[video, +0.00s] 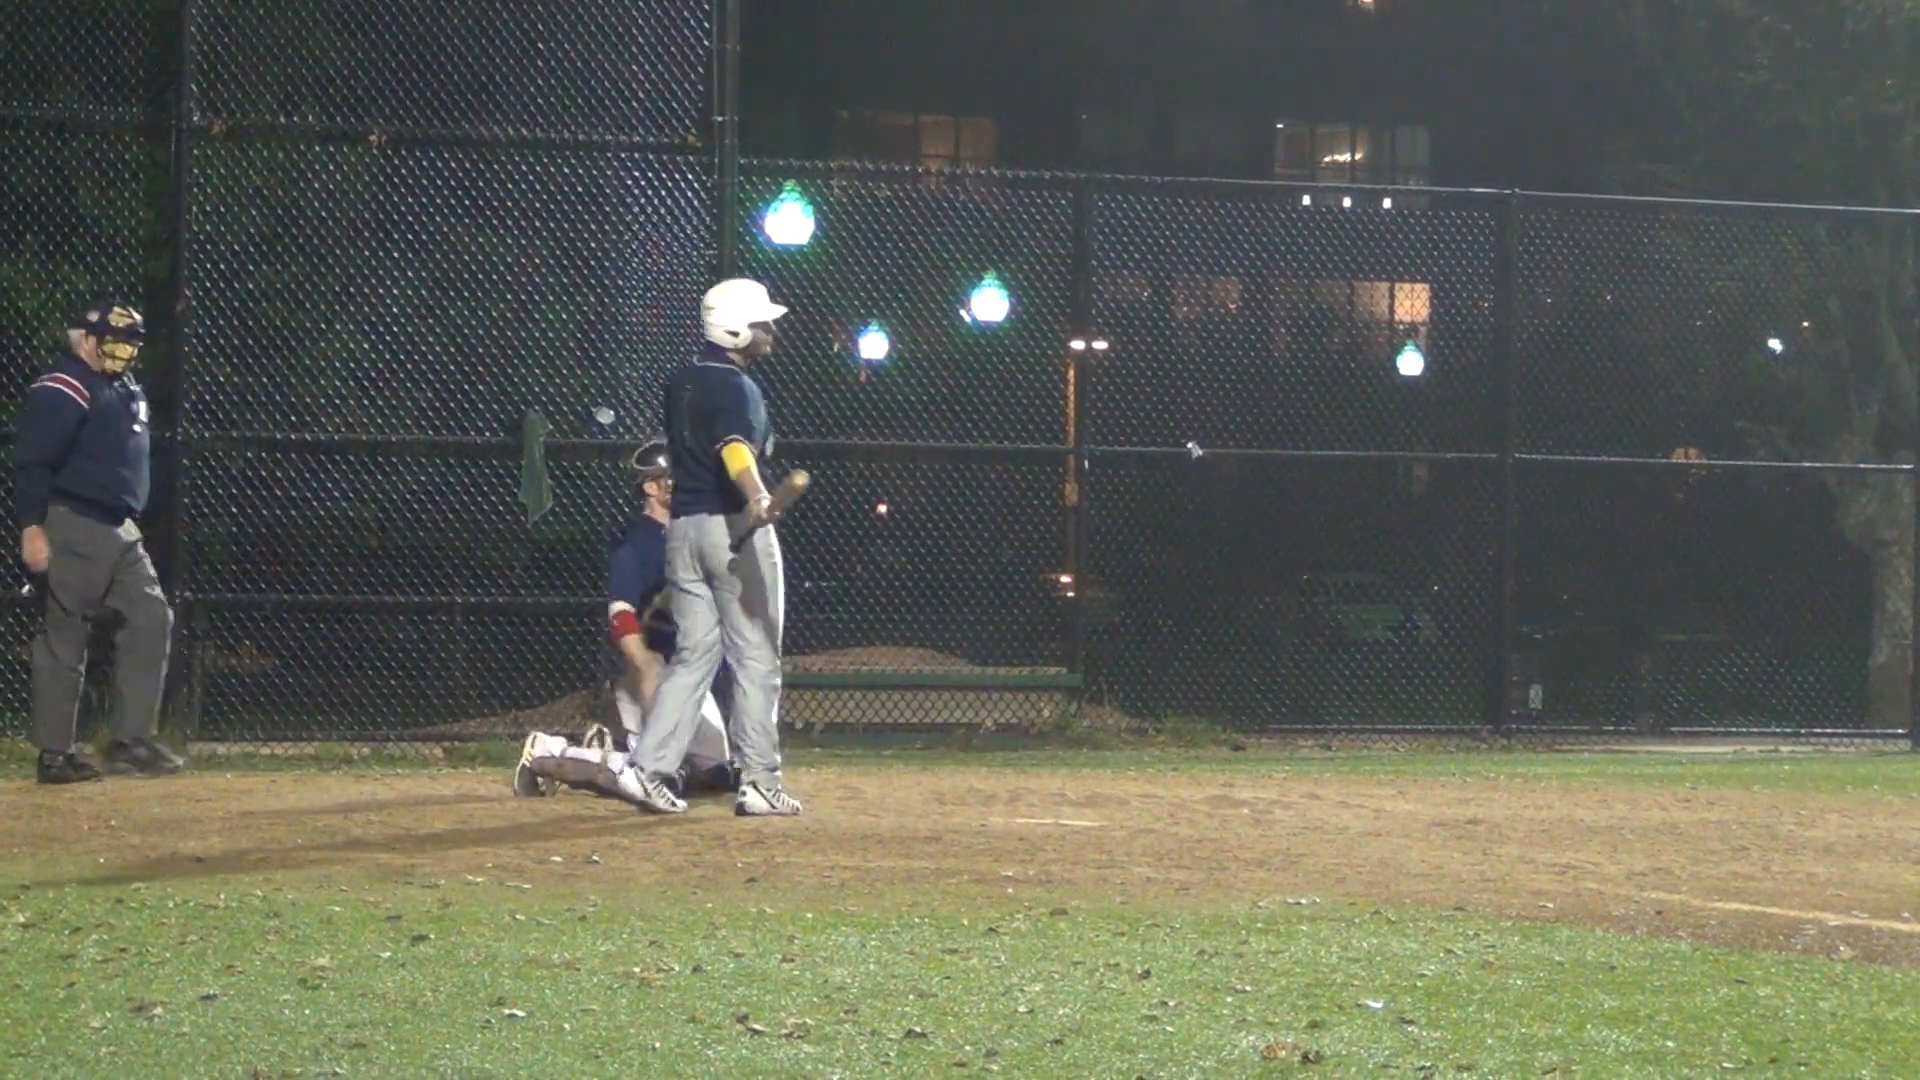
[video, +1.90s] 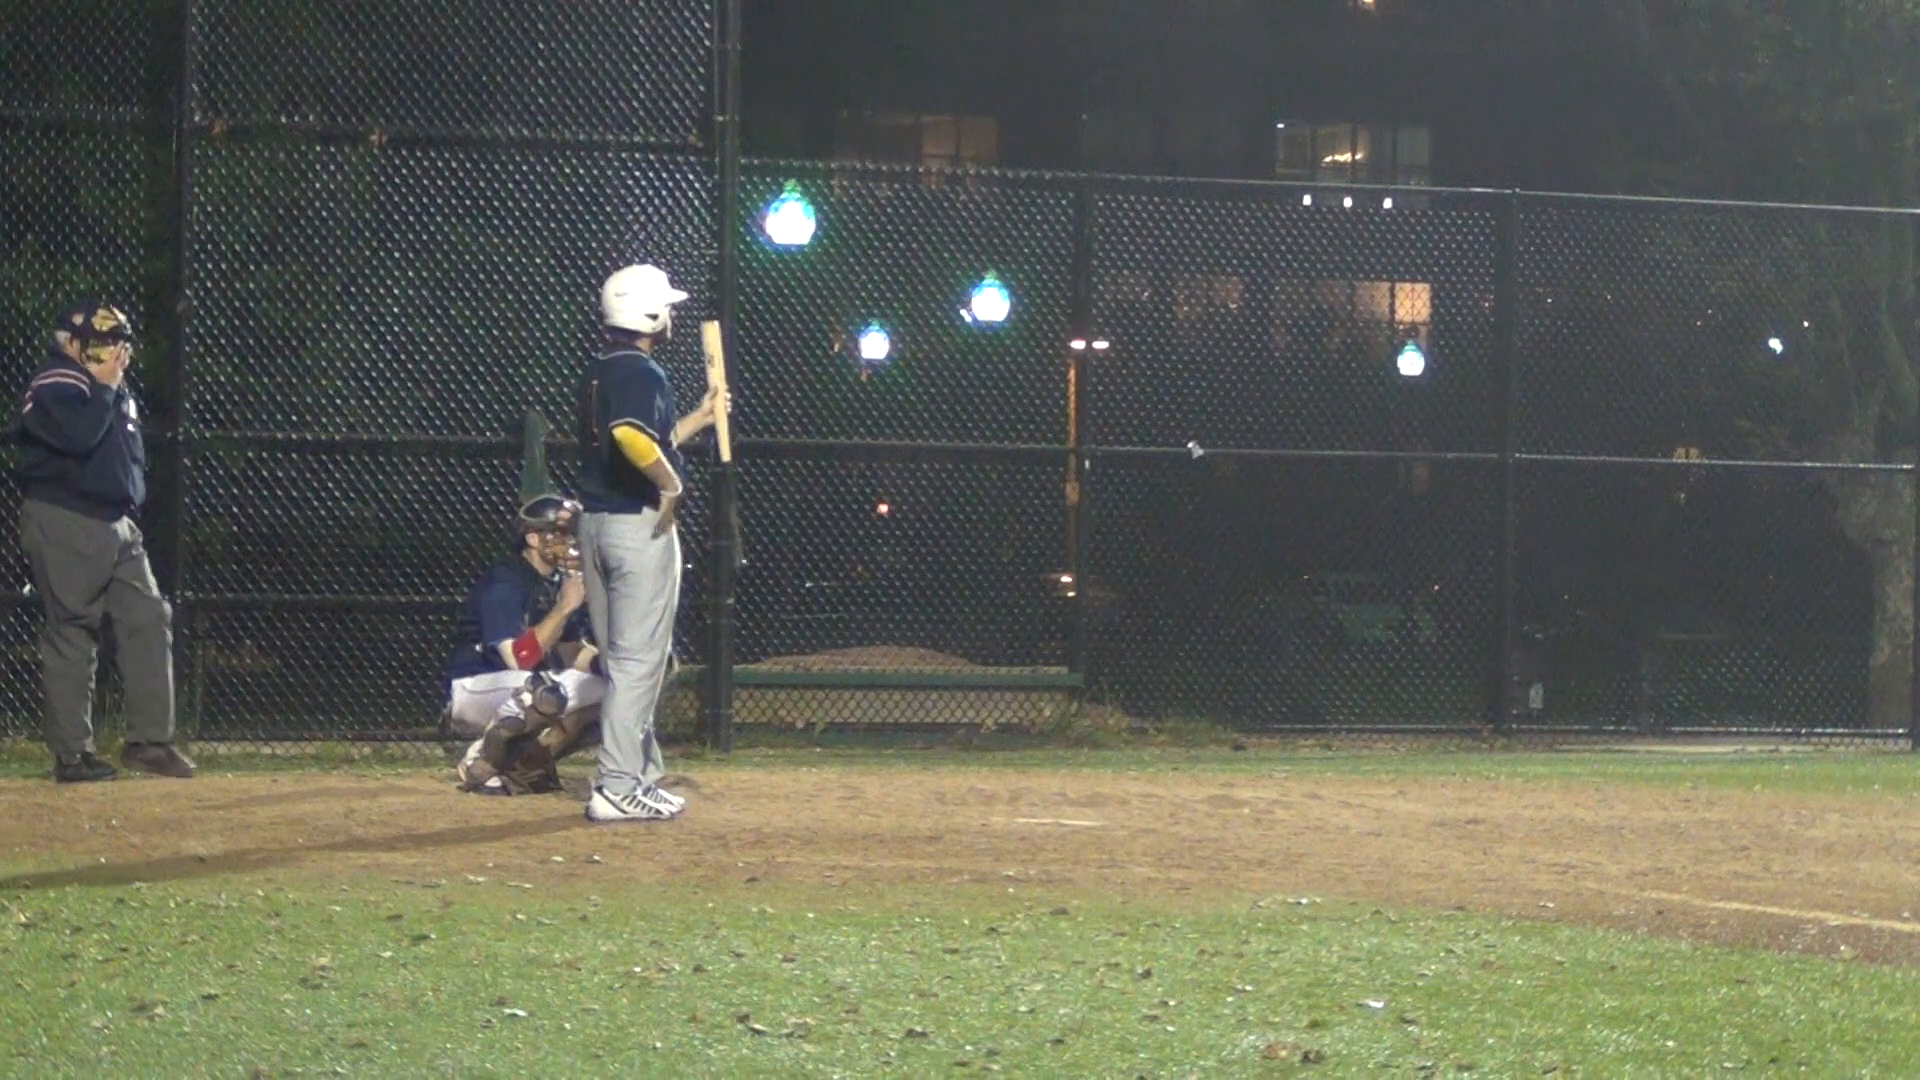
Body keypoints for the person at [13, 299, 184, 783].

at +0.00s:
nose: (119, 351)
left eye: (126, 343)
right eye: (110, 341)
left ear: (134, 347)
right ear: (85, 340)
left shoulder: (127, 389)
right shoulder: (66, 385)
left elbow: (119, 459)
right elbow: (31, 458)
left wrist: (124, 515)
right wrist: (31, 526)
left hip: (119, 528)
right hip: (74, 525)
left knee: (151, 618)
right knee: (65, 633)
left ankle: (133, 740)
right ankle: (57, 753)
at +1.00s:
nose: (121, 356)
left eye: (125, 348)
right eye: (113, 346)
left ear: (125, 351)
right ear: (86, 344)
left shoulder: (110, 393)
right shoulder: (62, 386)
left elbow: (105, 472)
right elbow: (24, 456)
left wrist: (113, 536)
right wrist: (37, 522)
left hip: (98, 531)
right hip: (65, 527)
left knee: (82, 636)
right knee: (82, 635)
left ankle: (64, 744)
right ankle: (60, 747)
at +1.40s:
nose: (117, 354)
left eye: (122, 346)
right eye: (108, 344)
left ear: (126, 347)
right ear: (82, 343)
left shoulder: (113, 390)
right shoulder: (59, 388)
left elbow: (111, 459)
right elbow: (25, 462)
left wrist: (117, 513)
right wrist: (65, 508)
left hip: (106, 527)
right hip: (60, 526)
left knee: (86, 632)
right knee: (84, 632)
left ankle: (63, 745)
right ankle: (70, 748)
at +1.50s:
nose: (113, 354)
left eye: (119, 346)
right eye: (105, 345)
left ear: (123, 348)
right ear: (80, 343)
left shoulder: (116, 390)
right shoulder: (57, 386)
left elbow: (123, 449)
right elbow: (36, 457)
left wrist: (129, 475)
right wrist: (99, 470)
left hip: (106, 525)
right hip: (65, 521)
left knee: (96, 635)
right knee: (78, 635)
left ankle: (69, 744)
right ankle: (69, 748)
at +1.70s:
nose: (109, 354)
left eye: (113, 346)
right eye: (100, 345)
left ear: (116, 350)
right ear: (72, 343)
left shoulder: (102, 389)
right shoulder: (55, 385)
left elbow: (113, 457)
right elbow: (57, 445)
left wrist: (121, 403)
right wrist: (109, 403)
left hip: (111, 524)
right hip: (64, 523)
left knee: (145, 623)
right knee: (73, 633)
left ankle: (94, 735)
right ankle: (71, 752)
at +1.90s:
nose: (120, 355)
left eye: (123, 346)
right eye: (109, 346)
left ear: (123, 350)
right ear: (79, 346)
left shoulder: (115, 396)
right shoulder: (58, 384)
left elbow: (131, 461)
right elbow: (77, 435)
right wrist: (112, 389)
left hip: (115, 524)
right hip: (65, 522)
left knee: (147, 618)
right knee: (73, 631)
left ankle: (150, 741)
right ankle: (72, 753)